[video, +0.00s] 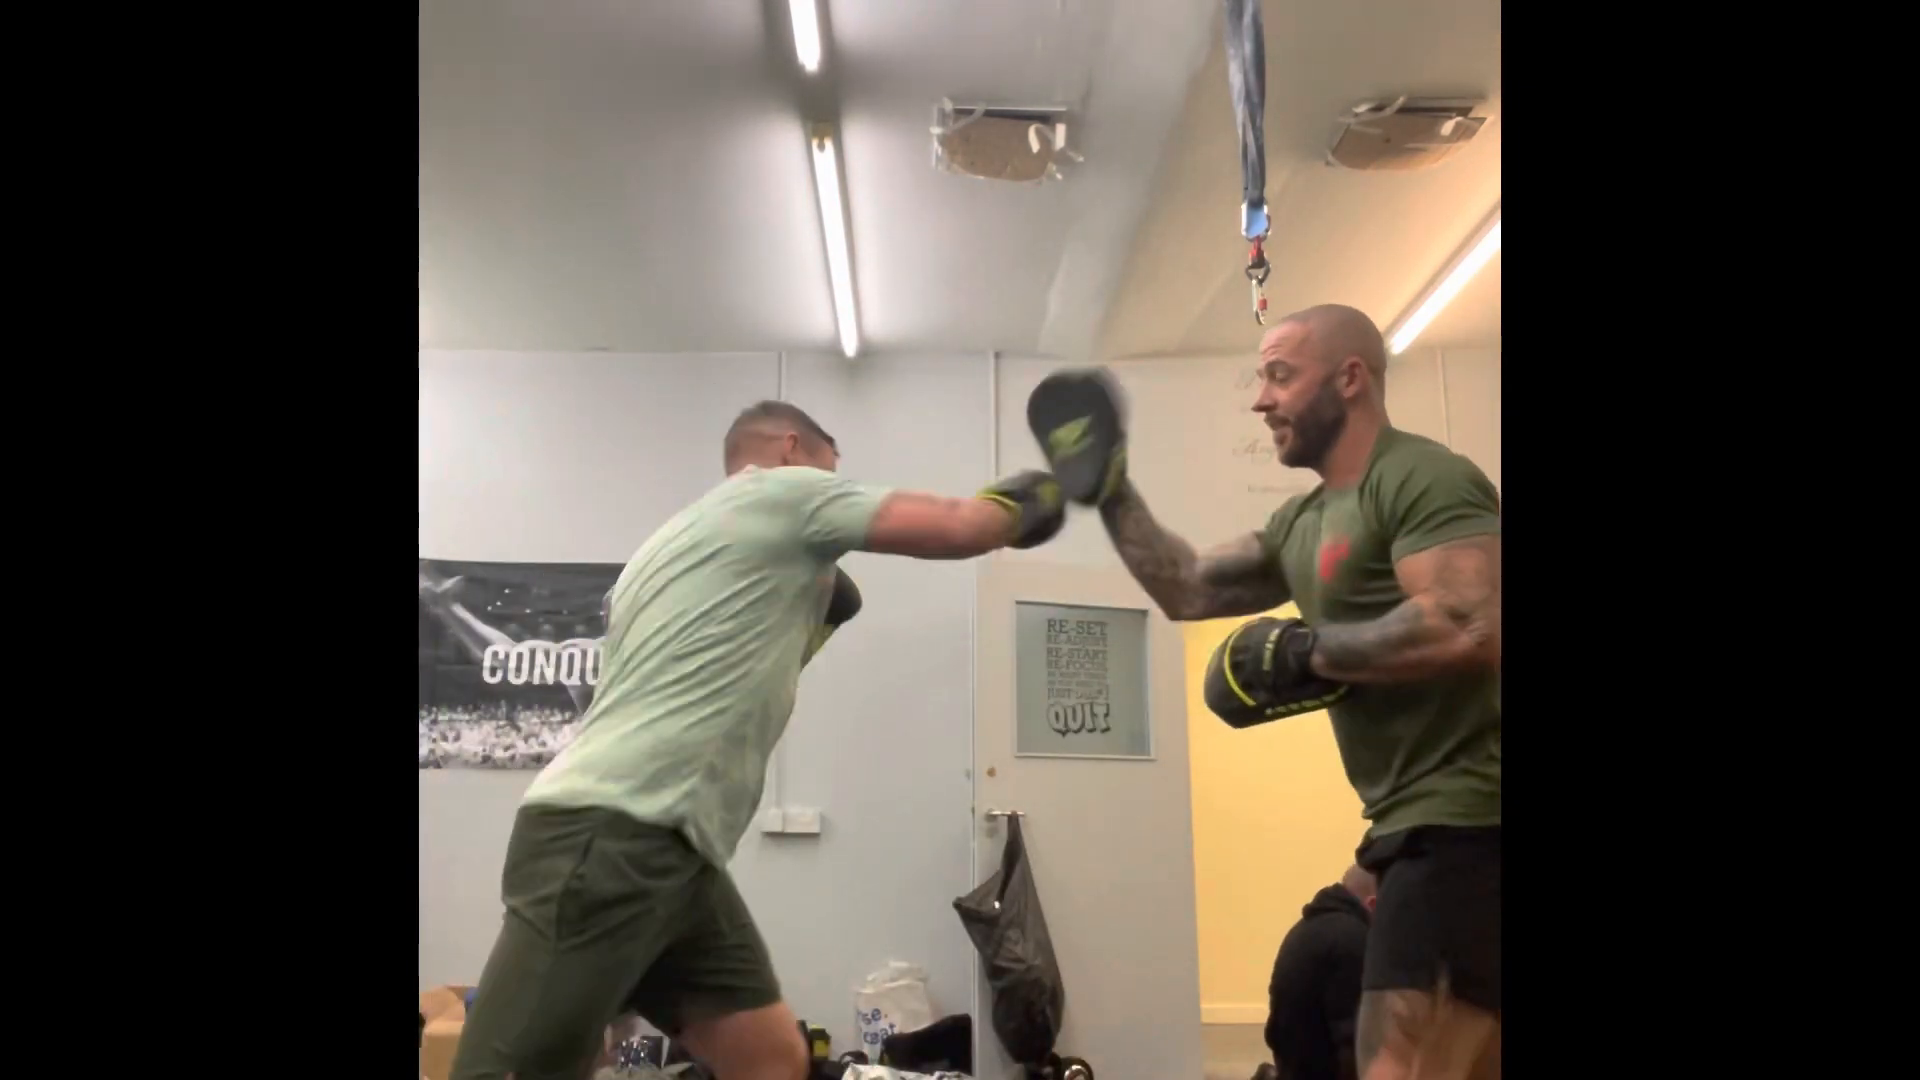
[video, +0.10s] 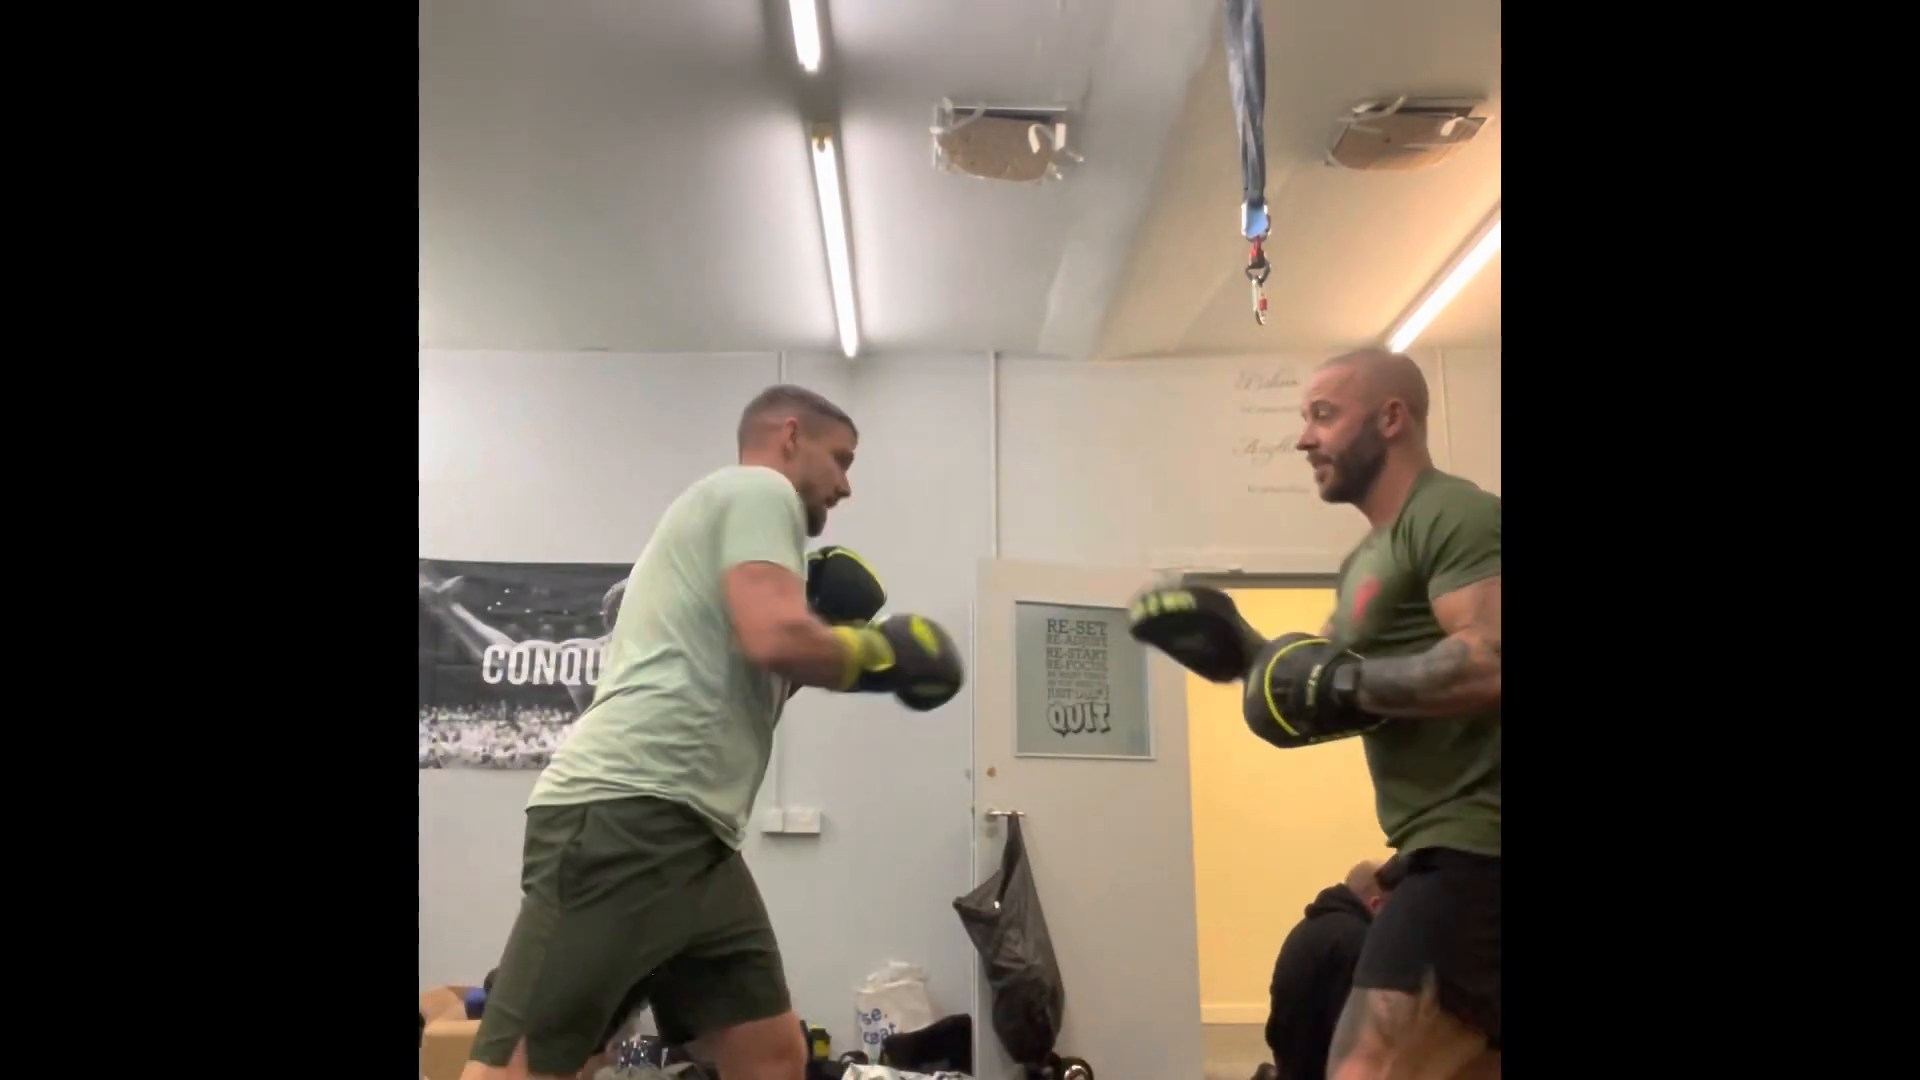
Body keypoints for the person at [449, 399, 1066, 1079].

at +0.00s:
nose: (834, 483)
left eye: (834, 470)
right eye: (830, 467)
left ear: (747, 458)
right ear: (790, 447)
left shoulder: (665, 549)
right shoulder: (781, 494)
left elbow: (709, 670)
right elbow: (963, 526)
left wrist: (815, 617)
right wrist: (1033, 498)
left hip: (668, 855)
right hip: (606, 836)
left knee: (768, 1058)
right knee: (508, 1068)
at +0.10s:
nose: (846, 486)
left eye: (849, 467)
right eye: (839, 460)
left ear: (784, 442)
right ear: (789, 438)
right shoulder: (755, 490)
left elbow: (737, 694)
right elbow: (773, 636)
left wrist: (812, 627)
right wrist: (883, 652)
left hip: (691, 836)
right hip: (615, 817)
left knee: (770, 1057)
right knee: (519, 1068)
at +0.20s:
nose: (788, 435)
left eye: (790, 416)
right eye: (777, 409)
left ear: (718, 403)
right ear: (715, 395)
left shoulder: (728, 540)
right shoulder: (630, 466)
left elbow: (710, 711)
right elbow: (618, 611)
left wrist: (789, 636)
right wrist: (748, 576)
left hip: (699, 843)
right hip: (582, 826)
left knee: (767, 1060)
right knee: (523, 1066)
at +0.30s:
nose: (726, 405)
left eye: (728, 386)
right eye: (711, 381)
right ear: (640, 372)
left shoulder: (691, 510)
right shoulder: (554, 474)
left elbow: (702, 685)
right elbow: (585, 643)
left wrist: (747, 609)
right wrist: (693, 551)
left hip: (678, 833)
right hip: (549, 828)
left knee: (777, 1043)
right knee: (487, 1065)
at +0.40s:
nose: (767, 406)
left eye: (766, 386)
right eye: (751, 380)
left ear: (689, 376)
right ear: (683, 371)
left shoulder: (706, 523)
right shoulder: (601, 476)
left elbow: (666, 682)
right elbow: (637, 649)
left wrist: (757, 668)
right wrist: (749, 589)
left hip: (702, 848)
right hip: (574, 851)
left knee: (822, 1048)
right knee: (484, 1070)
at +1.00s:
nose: (1091, 472)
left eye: (1094, 453)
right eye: (1077, 452)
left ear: (1019, 444)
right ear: (1007, 438)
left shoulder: (1066, 545)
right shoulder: (915, 532)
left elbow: (1168, 585)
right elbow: (860, 696)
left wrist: (1264, 523)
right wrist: (990, 644)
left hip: (988, 874)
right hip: (861, 867)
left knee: (1111, 1071)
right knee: (792, 1074)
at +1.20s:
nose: (964, 412)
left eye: (961, 391)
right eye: (949, 387)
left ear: (889, 390)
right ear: (889, 386)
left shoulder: (903, 529)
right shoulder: (807, 506)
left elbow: (896, 692)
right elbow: (821, 692)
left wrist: (996, 648)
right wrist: (949, 627)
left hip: (917, 873)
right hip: (801, 867)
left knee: (1007, 1069)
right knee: (762, 1069)